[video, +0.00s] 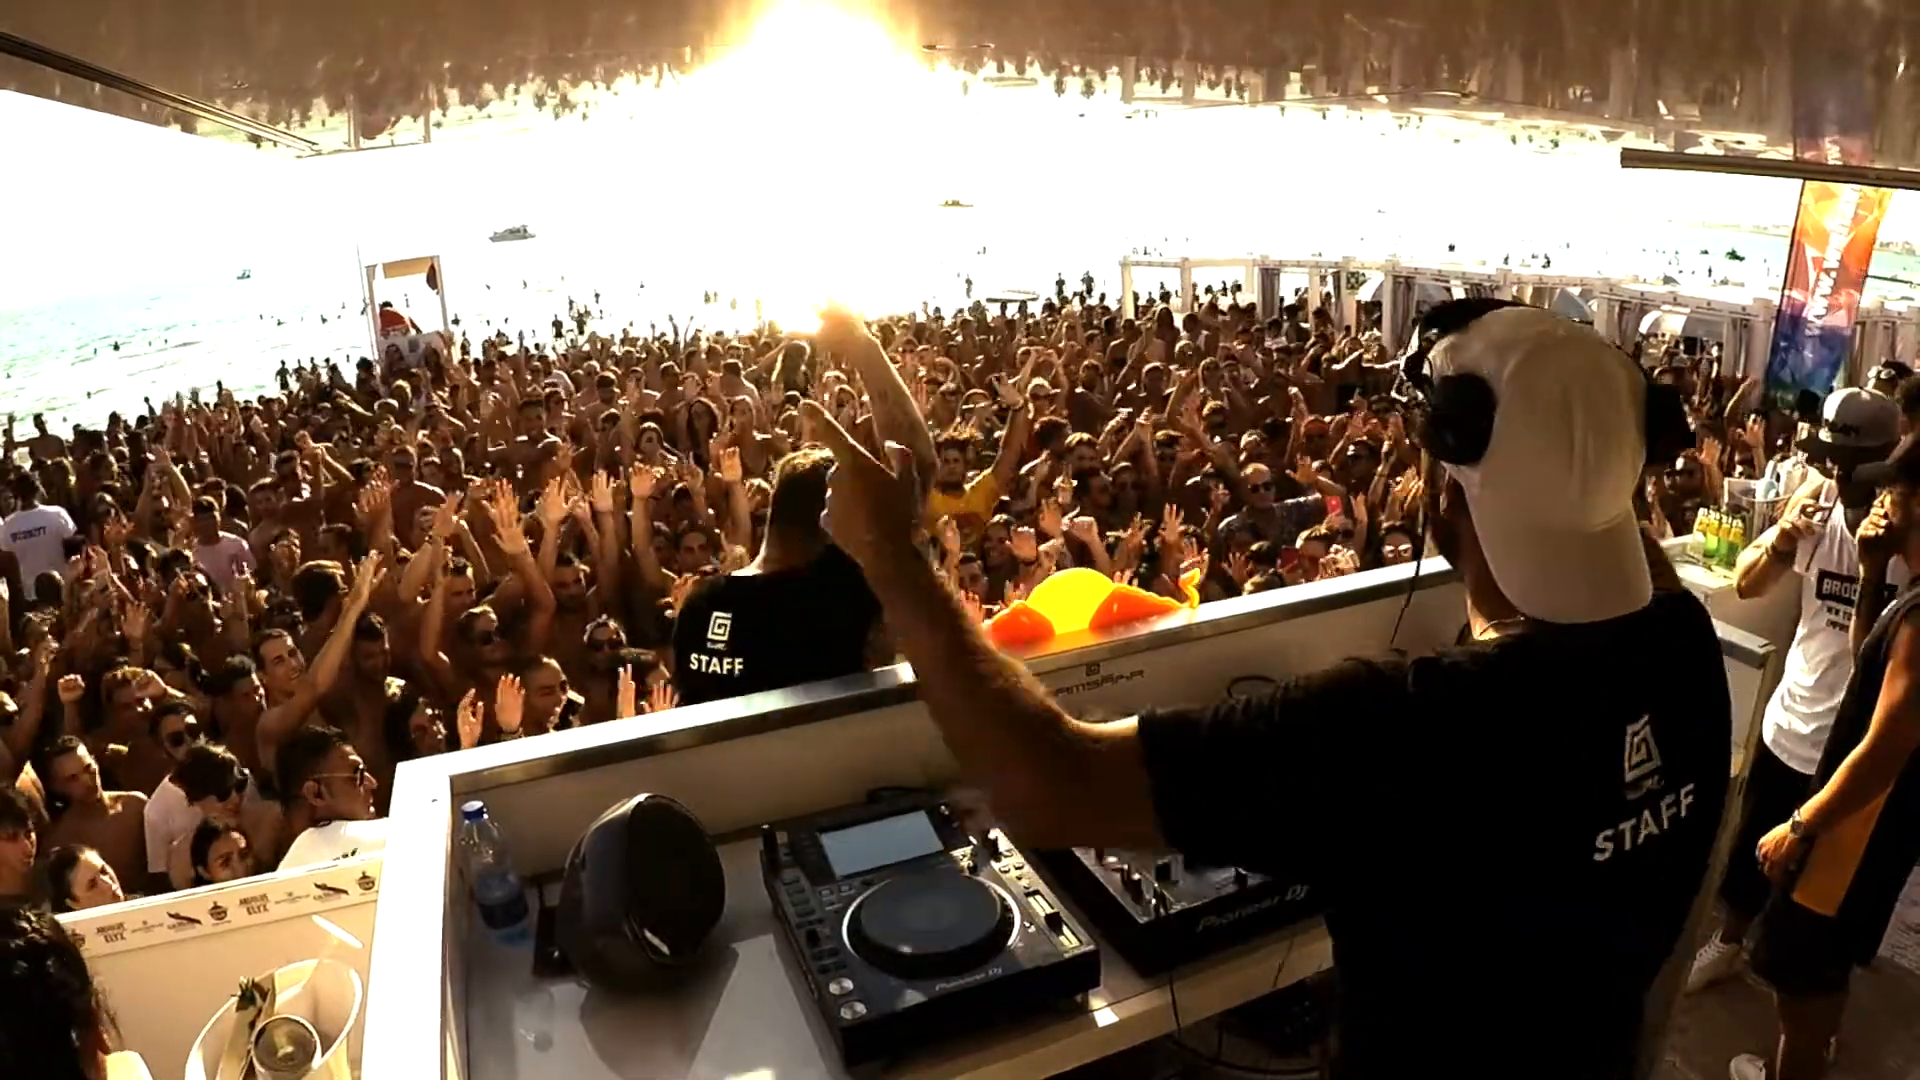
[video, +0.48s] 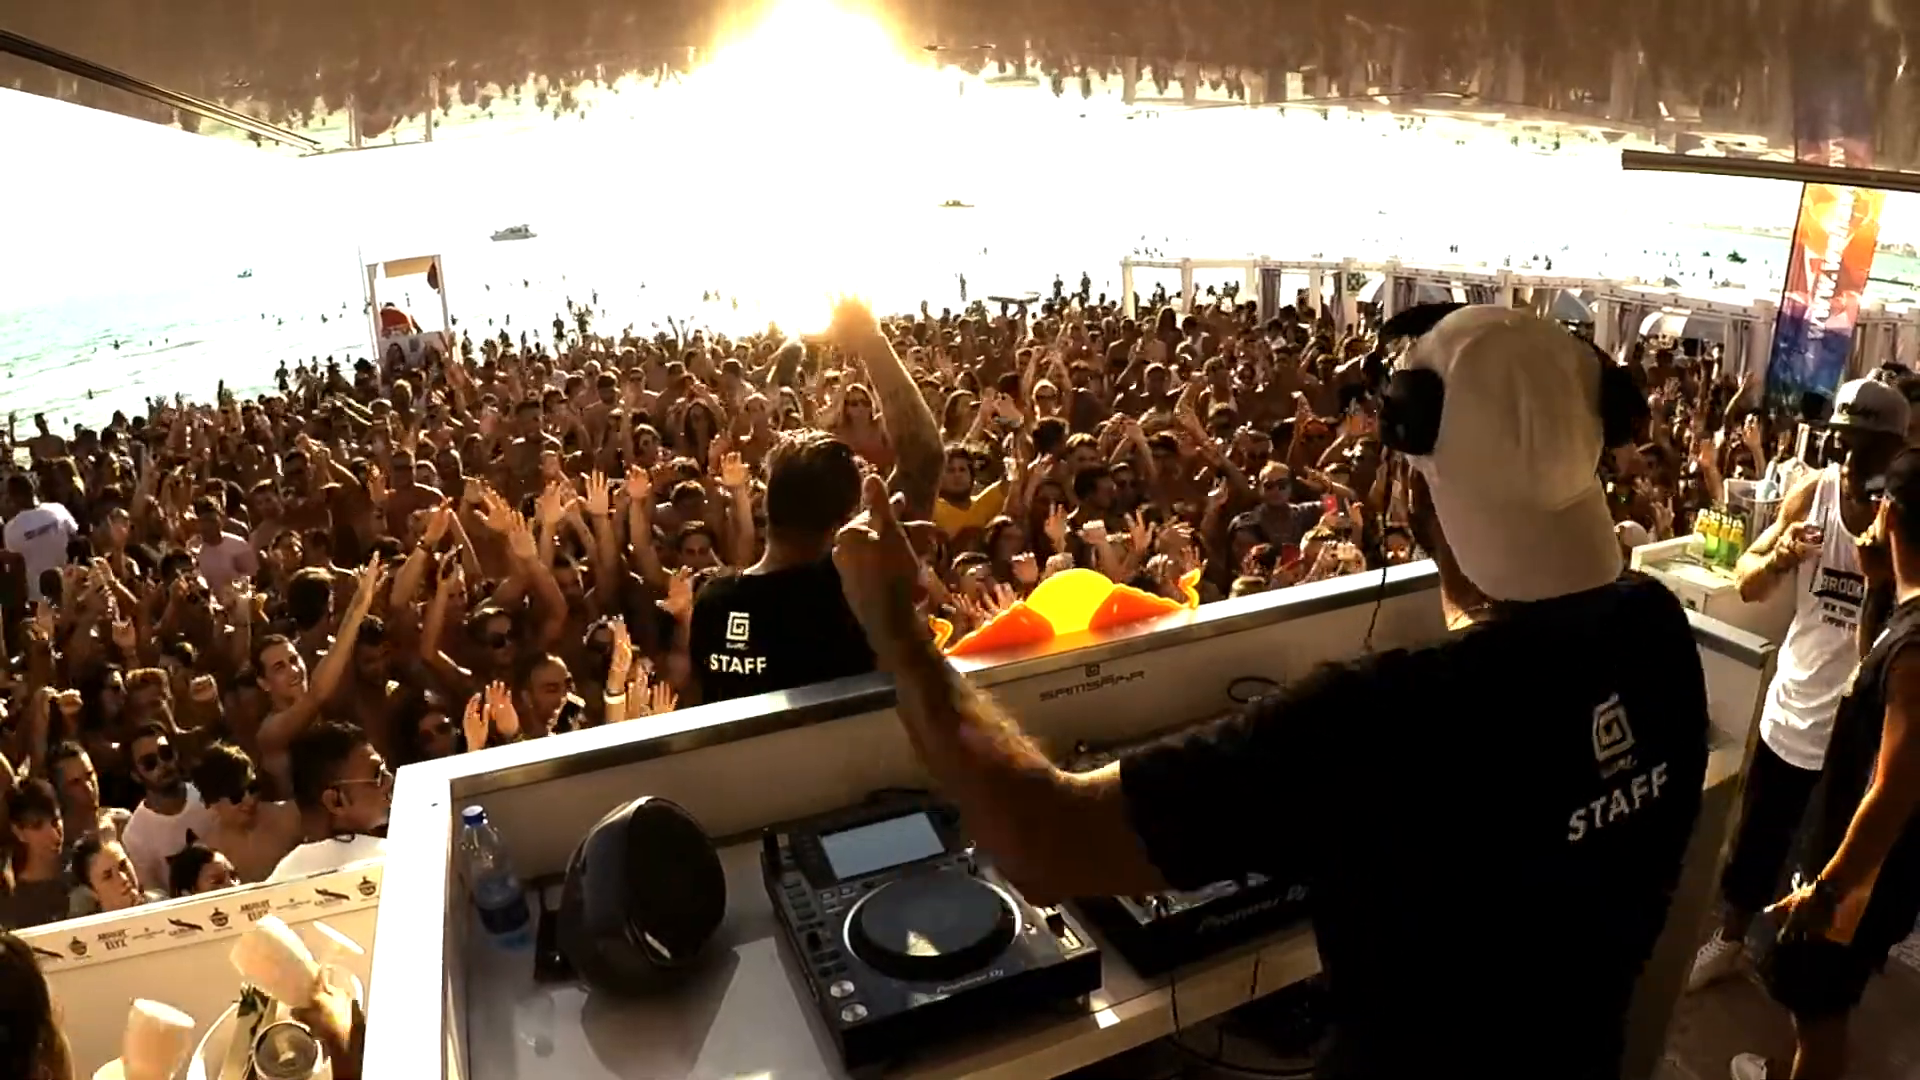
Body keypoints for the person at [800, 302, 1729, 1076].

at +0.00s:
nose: (1424, 490)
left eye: (1433, 460)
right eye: (1432, 456)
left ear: (1465, 500)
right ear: (1620, 488)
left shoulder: (1408, 731)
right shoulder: (1688, 657)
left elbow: (1053, 790)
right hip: (1604, 1061)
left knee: (1097, 1059)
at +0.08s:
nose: (1411, 501)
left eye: (1418, 471)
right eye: (1415, 470)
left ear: (1453, 507)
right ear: (1615, 484)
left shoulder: (1391, 737)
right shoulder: (1689, 656)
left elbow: (1049, 838)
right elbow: (1641, 557)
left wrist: (801, 643)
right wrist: (1589, 437)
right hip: (1609, 1058)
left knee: (1136, 1046)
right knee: (1205, 1024)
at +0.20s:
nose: (1378, 515)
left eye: (1389, 482)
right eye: (1381, 478)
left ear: (1433, 503)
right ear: (1564, 497)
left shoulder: (1395, 757)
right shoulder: (1661, 671)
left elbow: (1140, 1000)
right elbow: (1790, 752)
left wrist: (743, 964)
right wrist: (1838, 591)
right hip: (1571, 1054)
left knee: (862, 960)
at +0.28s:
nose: (1383, 490)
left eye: (1394, 453)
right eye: (1389, 449)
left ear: (1430, 480)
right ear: (1569, 481)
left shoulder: (1394, 725)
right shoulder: (1647, 646)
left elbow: (1131, 987)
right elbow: (1771, 733)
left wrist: (744, 939)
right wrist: (1825, 578)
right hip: (1581, 1059)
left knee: (909, 967)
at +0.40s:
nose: (1414, 492)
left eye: (1416, 460)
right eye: (1414, 460)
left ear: (1444, 489)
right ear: (1597, 473)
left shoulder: (1391, 734)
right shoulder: (1663, 644)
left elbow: (1053, 851)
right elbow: (1607, 548)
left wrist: (846, 650)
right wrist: (1556, 444)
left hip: (1421, 1077)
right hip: (1601, 1054)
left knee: (1128, 1064)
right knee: (1219, 1021)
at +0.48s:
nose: (1409, 488)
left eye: (1414, 461)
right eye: (1413, 458)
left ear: (1440, 490)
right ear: (1593, 463)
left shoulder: (1386, 723)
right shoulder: (1653, 630)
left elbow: (1050, 846)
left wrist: (901, 628)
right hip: (1586, 1060)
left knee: (1132, 1054)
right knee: (1231, 1018)